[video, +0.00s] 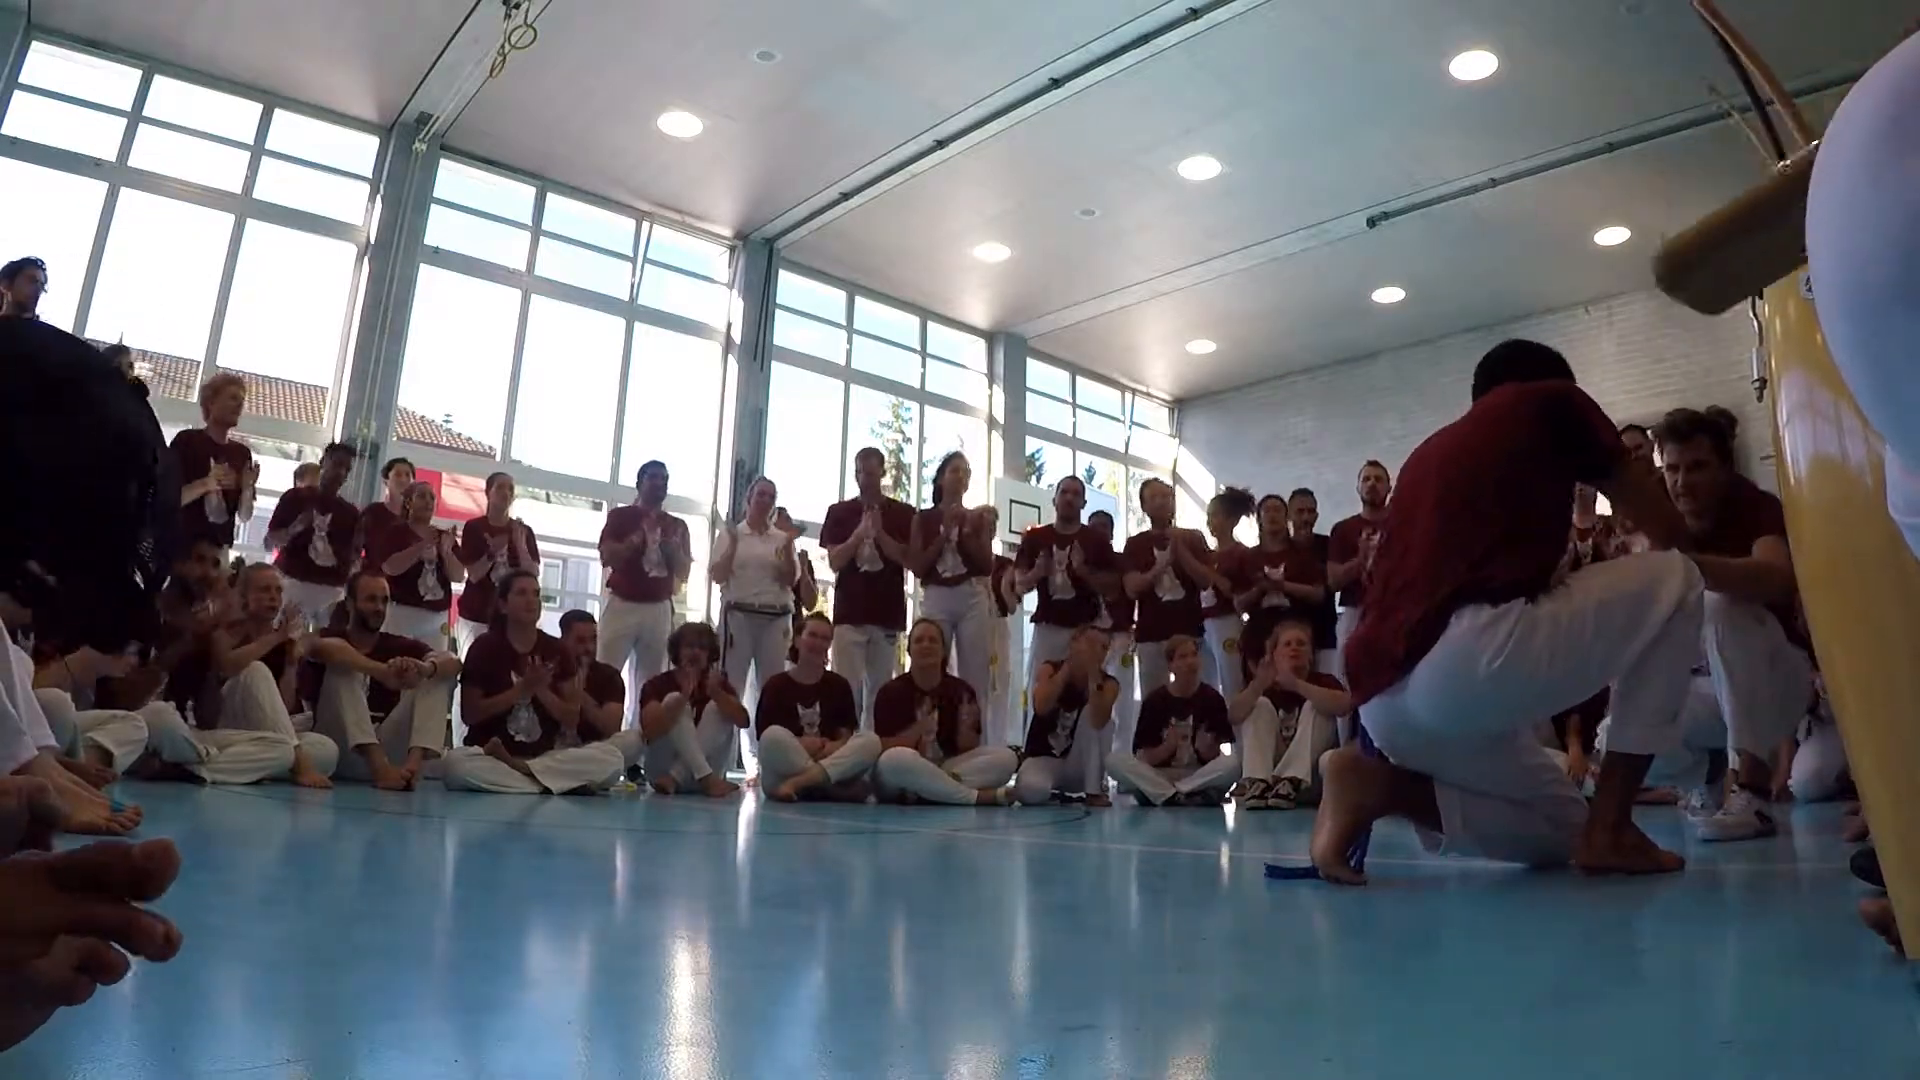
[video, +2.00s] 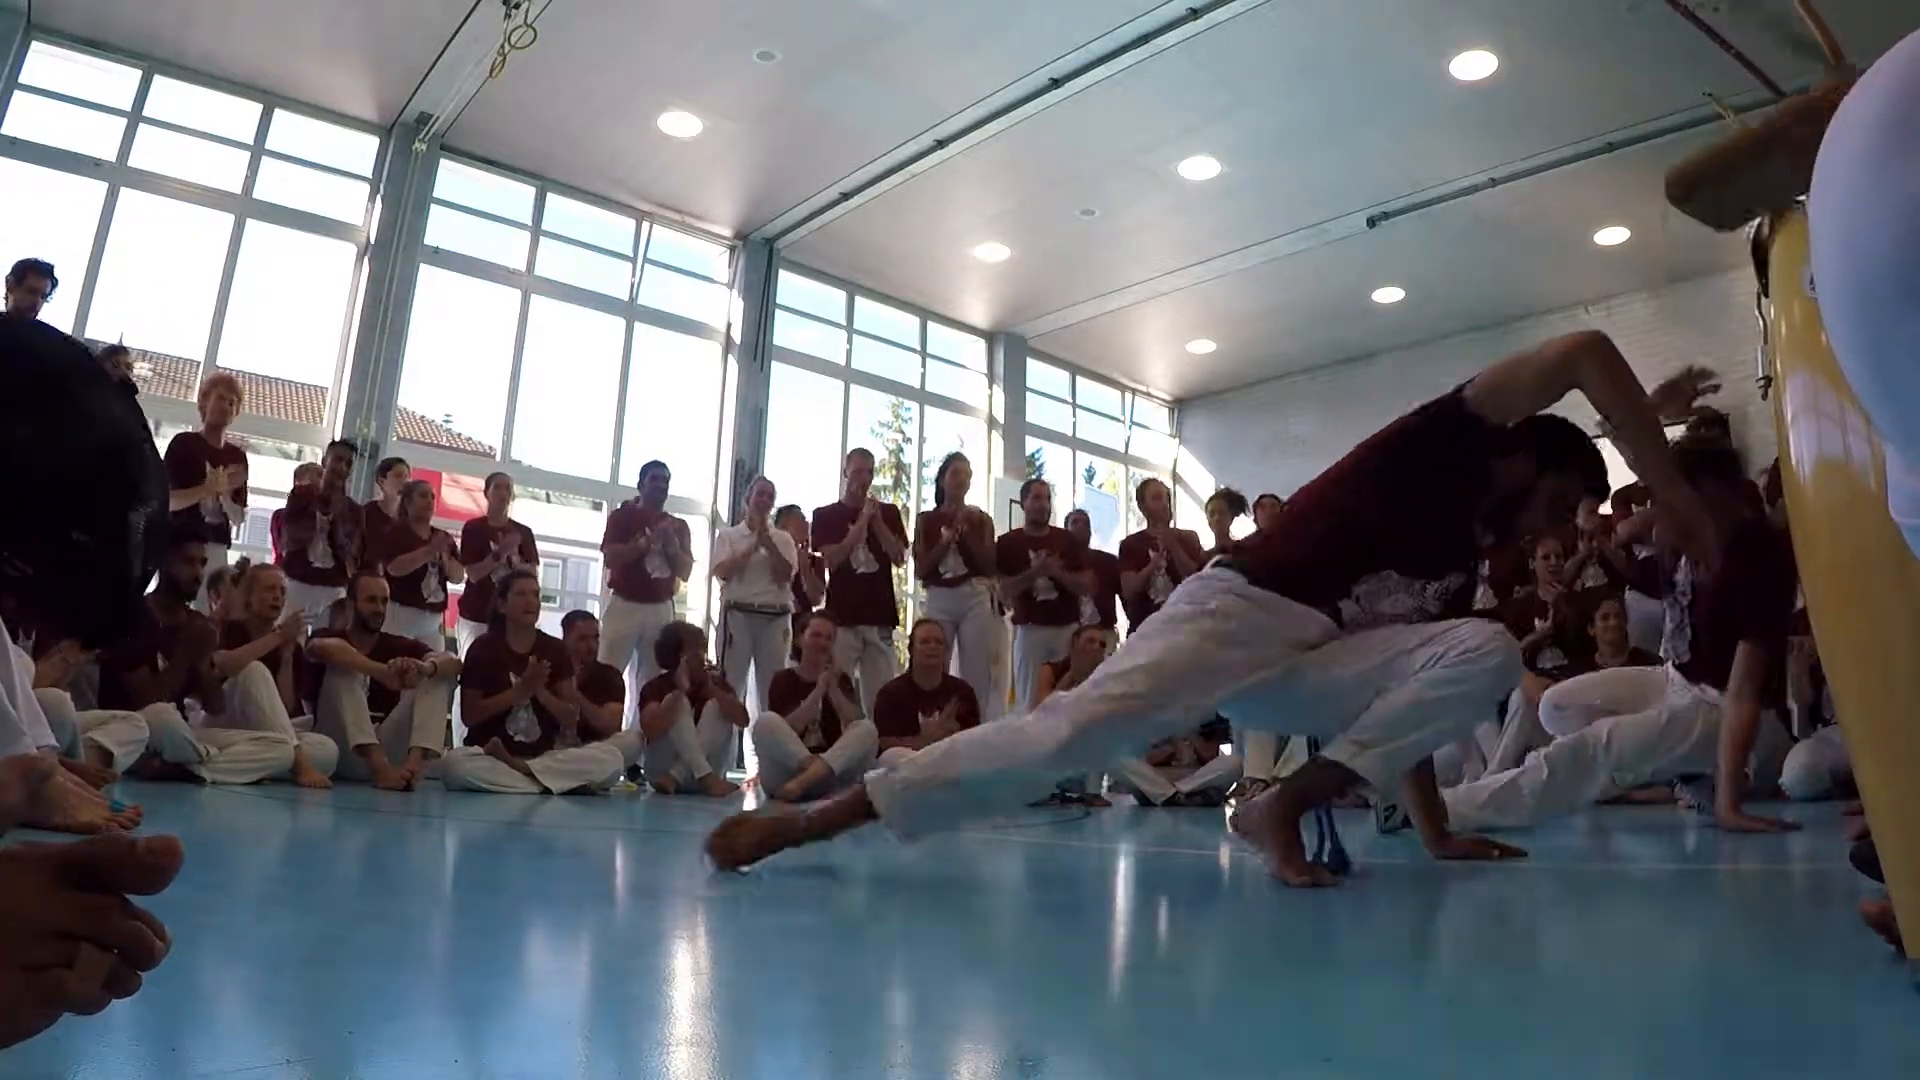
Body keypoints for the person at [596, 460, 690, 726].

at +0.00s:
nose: (658, 484)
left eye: (663, 479)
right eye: (652, 478)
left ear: (667, 486)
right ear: (639, 483)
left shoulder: (677, 525)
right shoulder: (619, 516)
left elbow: (683, 573)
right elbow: (607, 557)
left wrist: (673, 550)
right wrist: (631, 543)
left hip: (658, 610)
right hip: (621, 607)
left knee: (651, 687)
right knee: (605, 681)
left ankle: (645, 750)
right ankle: (598, 746)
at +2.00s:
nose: (660, 484)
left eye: (665, 480)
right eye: (654, 479)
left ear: (669, 486)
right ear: (640, 484)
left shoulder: (678, 525)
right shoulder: (621, 517)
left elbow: (685, 572)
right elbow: (612, 558)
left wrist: (671, 544)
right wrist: (644, 543)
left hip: (660, 609)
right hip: (623, 606)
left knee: (653, 685)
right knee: (607, 680)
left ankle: (646, 748)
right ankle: (599, 746)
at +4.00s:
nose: (658, 485)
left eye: (663, 481)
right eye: (652, 480)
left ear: (667, 487)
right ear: (639, 484)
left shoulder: (676, 525)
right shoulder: (619, 517)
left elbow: (684, 572)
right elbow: (610, 557)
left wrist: (670, 539)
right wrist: (646, 540)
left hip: (659, 609)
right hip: (622, 607)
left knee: (652, 684)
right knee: (605, 678)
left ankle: (645, 746)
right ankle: (597, 744)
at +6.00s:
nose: (663, 486)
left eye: (668, 481)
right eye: (657, 479)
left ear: (671, 487)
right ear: (643, 484)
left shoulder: (678, 526)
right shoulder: (622, 516)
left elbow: (685, 573)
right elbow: (612, 556)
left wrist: (671, 544)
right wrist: (646, 543)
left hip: (660, 610)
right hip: (623, 608)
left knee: (657, 687)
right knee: (605, 681)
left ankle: (654, 752)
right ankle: (598, 748)